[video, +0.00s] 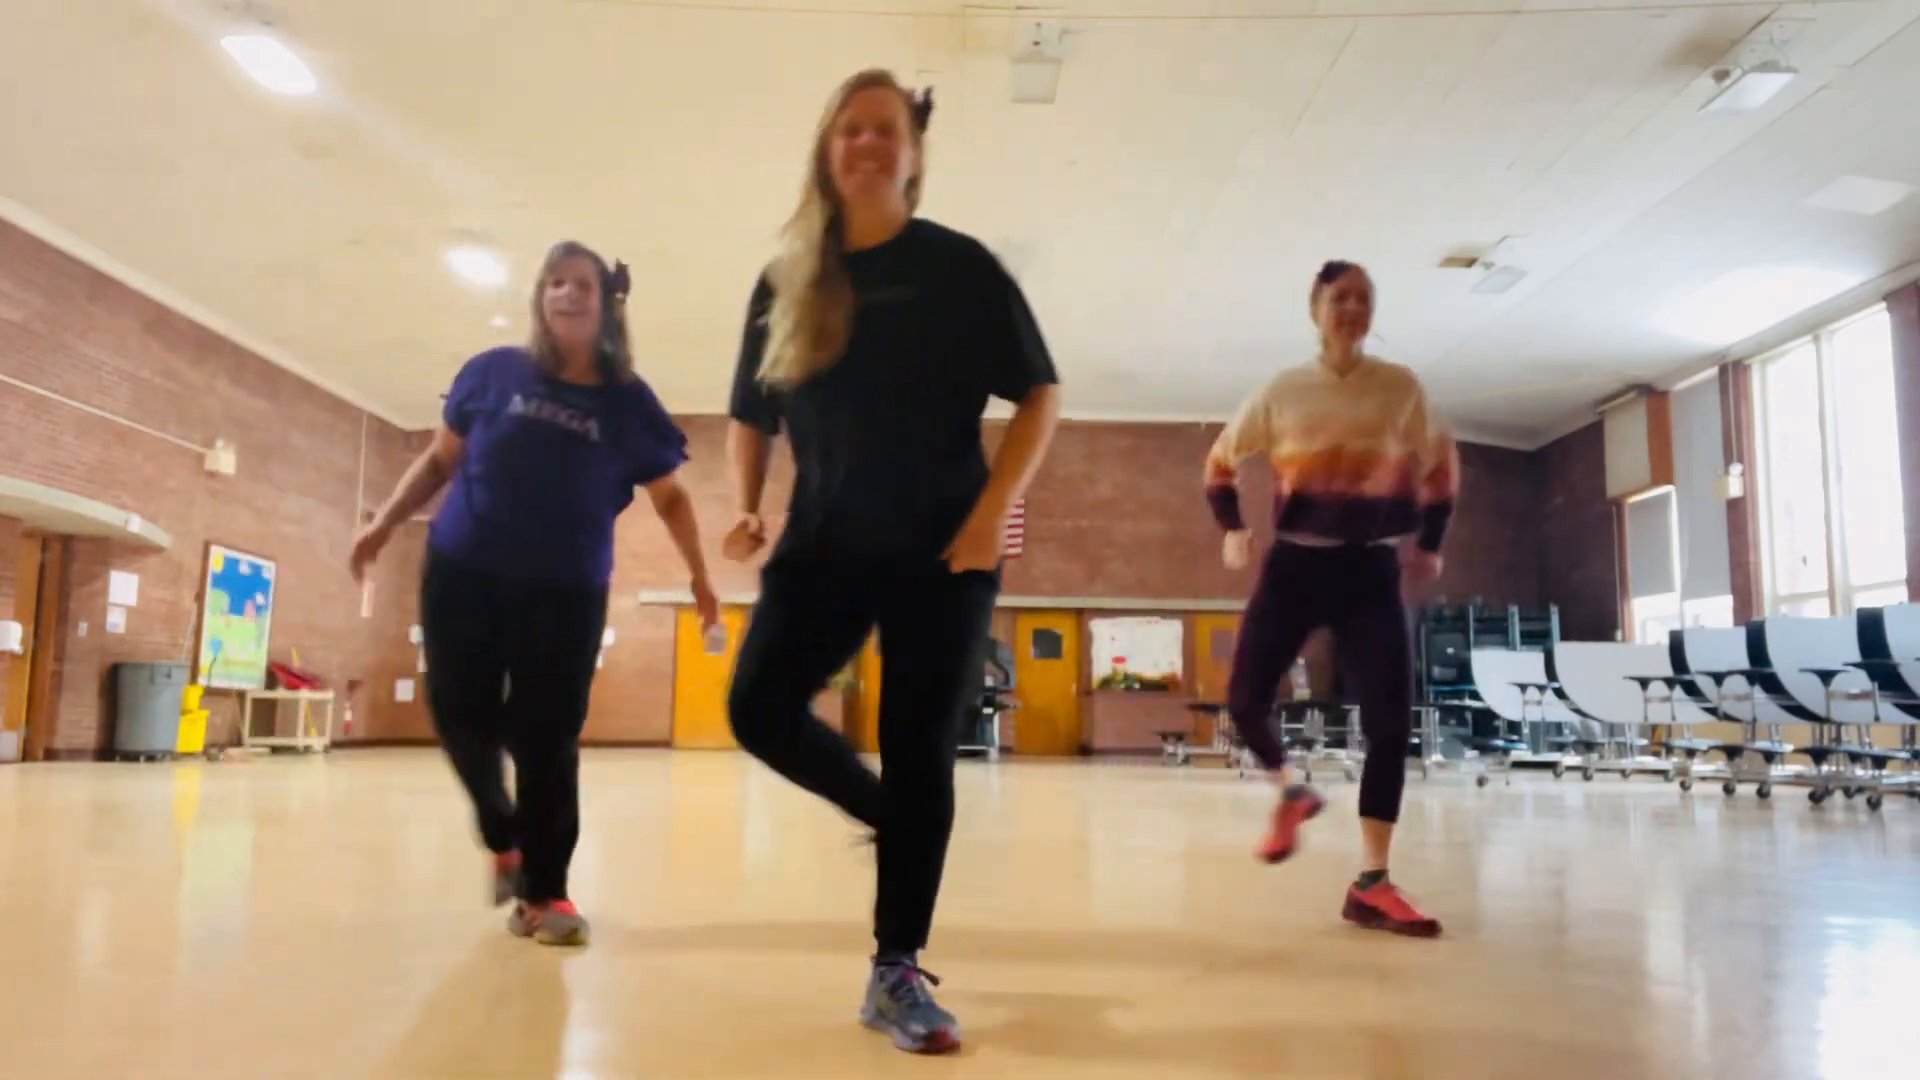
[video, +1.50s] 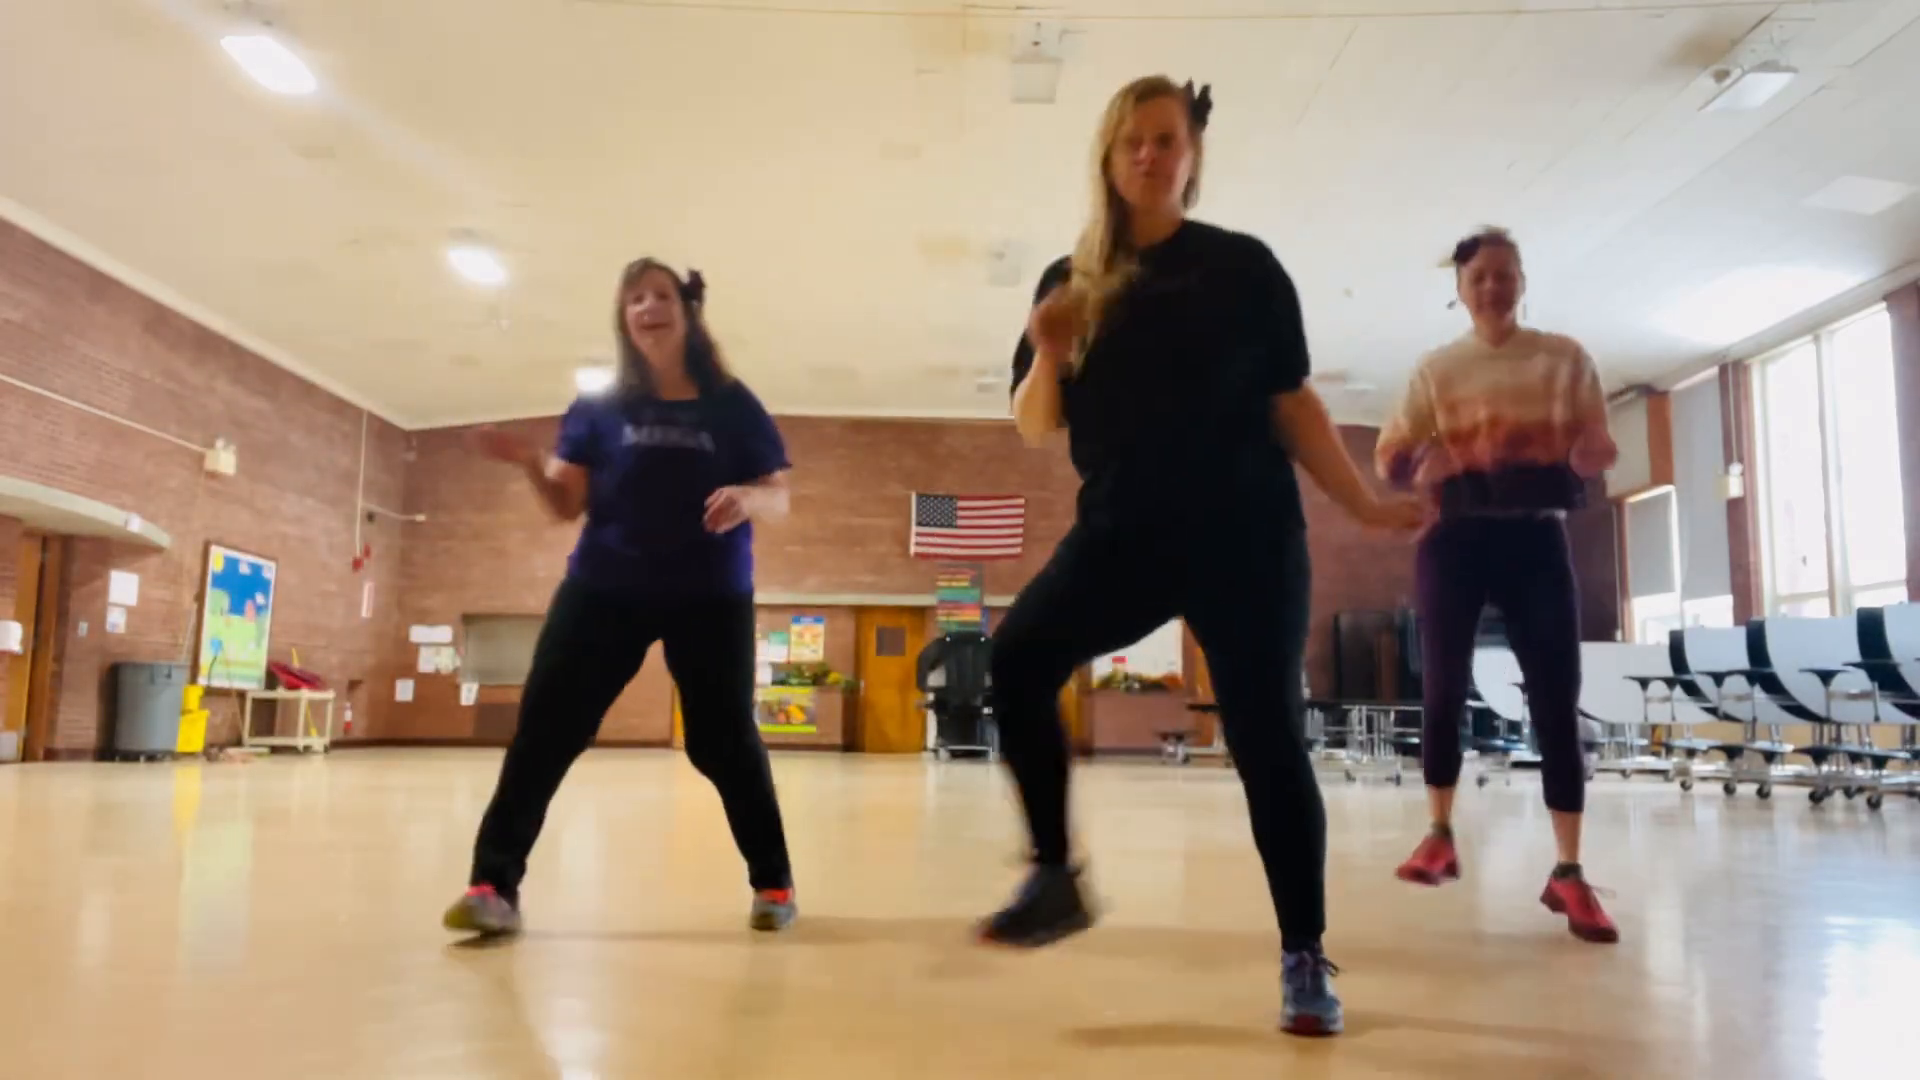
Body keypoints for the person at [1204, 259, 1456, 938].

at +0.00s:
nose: (1353, 307)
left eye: (1361, 298)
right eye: (1340, 297)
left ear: (1373, 311)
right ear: (1315, 309)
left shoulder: (1401, 388)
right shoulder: (1281, 391)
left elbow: (1441, 465)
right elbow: (1221, 462)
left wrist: (1430, 542)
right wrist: (1231, 527)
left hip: (1371, 569)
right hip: (1295, 565)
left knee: (1390, 724)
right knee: (1246, 701)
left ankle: (1372, 880)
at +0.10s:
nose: (1374, 309)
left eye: (1384, 300)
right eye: (1362, 299)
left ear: (1397, 314)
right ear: (1339, 312)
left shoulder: (1426, 387)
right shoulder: (1308, 389)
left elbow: (1477, 447)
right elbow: (1242, 440)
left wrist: (1469, 521)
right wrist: (1257, 500)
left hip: (1395, 565)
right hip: (1320, 565)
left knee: (1406, 723)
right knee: (1306, 717)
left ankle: (1374, 877)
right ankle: (1373, 794)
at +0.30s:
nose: (1416, 338)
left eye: (1426, 329)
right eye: (1404, 328)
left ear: (1438, 344)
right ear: (1380, 341)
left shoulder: (1463, 420)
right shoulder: (1348, 422)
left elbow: (1507, 494)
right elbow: (1297, 498)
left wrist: (1519, 556)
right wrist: (1309, 550)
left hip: (1447, 592)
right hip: (1372, 594)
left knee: (1484, 715)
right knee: (1404, 736)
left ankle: (1428, 856)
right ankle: (1444, 870)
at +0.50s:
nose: (1449, 324)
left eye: (1460, 315)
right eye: (1438, 314)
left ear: (1474, 328)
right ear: (1417, 325)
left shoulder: (1502, 403)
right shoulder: (1382, 407)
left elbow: (1547, 485)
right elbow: (1348, 492)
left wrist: (1541, 479)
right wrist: (1364, 535)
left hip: (1485, 577)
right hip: (1411, 581)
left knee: (1533, 695)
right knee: (1431, 732)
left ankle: (1503, 842)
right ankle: (1449, 875)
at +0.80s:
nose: (1509, 325)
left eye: (1521, 315)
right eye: (1498, 315)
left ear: (1541, 329)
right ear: (1481, 330)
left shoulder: (1569, 402)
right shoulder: (1456, 410)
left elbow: (1591, 490)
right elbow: (1420, 498)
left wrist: (1571, 427)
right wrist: (1435, 491)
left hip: (1552, 591)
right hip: (1472, 588)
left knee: (1566, 742)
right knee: (1433, 725)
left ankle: (1573, 885)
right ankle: (1455, 836)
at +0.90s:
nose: (1515, 295)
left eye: (1528, 286)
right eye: (1504, 285)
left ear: (1546, 300)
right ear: (1487, 299)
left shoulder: (1576, 374)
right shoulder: (1466, 378)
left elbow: (1596, 458)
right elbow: (1427, 472)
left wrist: (1580, 383)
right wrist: (1461, 408)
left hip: (1556, 560)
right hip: (1480, 557)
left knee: (1564, 724)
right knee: (1436, 675)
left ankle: (1574, 879)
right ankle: (1484, 741)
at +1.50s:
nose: (1494, 288)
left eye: (1505, 277)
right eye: (1480, 279)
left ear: (1523, 283)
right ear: (1460, 288)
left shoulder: (1563, 358)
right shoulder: (1435, 371)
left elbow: (1598, 452)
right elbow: (1390, 460)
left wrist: (1582, 452)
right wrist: (1415, 460)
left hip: (1536, 543)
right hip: (1454, 545)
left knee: (1556, 704)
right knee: (1443, 692)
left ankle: (1568, 872)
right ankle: (1439, 837)